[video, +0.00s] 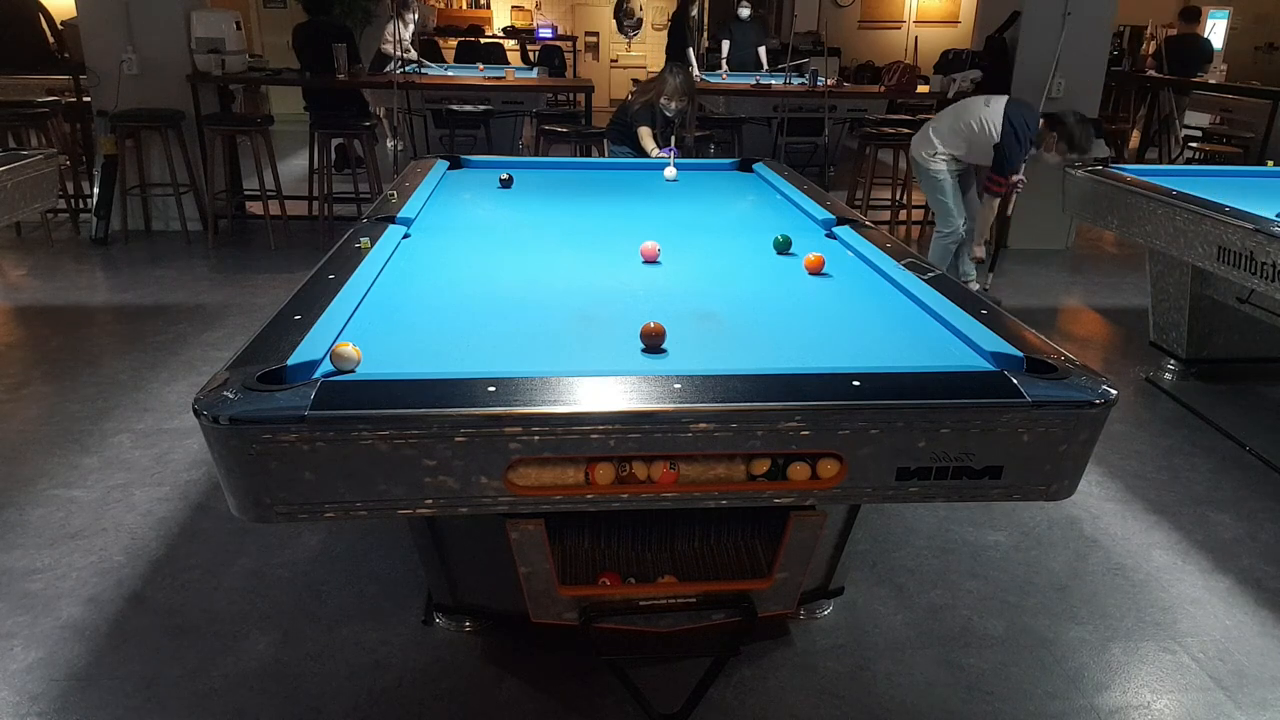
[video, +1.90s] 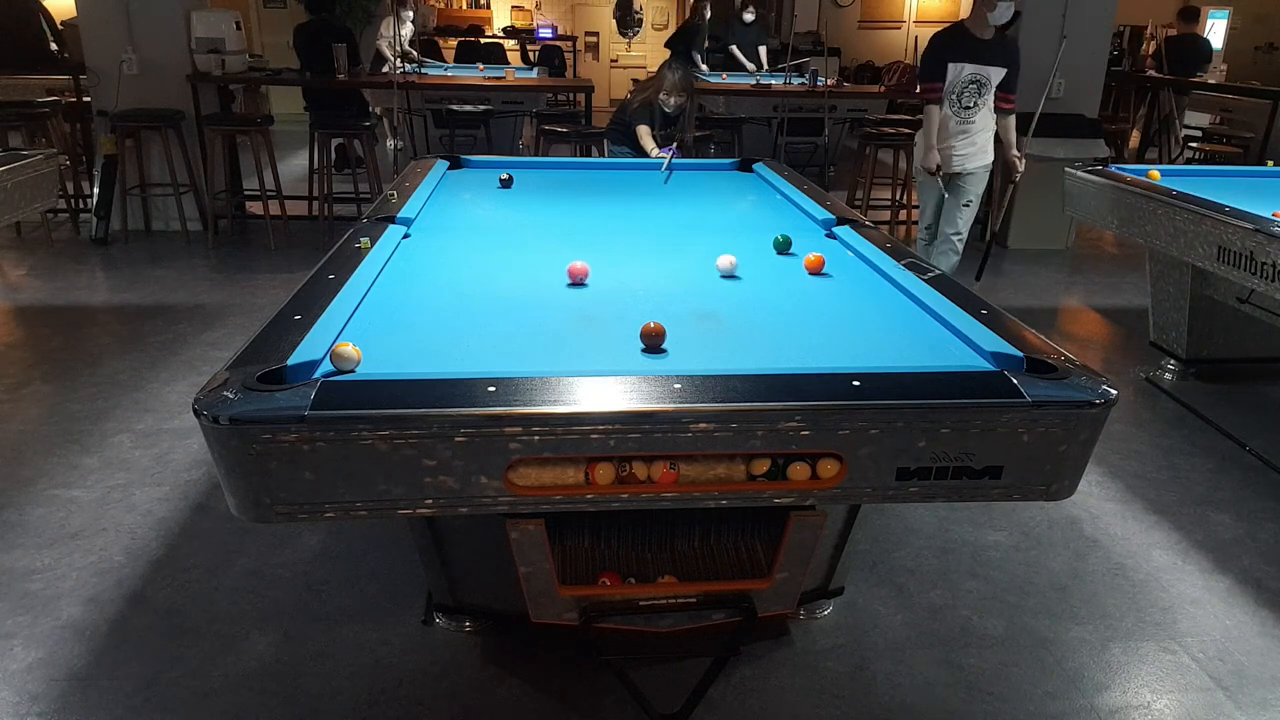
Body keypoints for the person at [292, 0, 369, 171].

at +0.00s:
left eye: (303, 5)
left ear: (305, 8)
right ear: (331, 7)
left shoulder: (299, 30)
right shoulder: (342, 29)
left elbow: (304, 64)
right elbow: (356, 67)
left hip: (314, 102)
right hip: (346, 103)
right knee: (363, 107)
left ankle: (351, 152)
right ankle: (345, 150)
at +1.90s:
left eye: (304, 5)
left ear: (307, 8)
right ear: (333, 7)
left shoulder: (300, 30)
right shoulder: (343, 30)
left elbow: (305, 64)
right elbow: (356, 68)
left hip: (315, 102)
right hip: (346, 102)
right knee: (362, 107)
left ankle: (351, 152)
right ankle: (344, 149)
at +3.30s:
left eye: (303, 5)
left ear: (307, 8)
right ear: (333, 7)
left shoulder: (300, 30)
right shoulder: (342, 30)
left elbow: (305, 61)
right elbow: (357, 61)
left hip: (314, 101)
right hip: (345, 101)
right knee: (362, 106)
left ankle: (350, 150)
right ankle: (343, 147)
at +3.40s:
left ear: (308, 8)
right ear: (335, 8)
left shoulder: (300, 31)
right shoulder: (344, 33)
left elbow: (305, 64)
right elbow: (355, 70)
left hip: (314, 102)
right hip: (346, 102)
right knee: (362, 107)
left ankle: (351, 150)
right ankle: (343, 147)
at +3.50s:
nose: (347, 10)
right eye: (344, 5)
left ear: (309, 8)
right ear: (337, 8)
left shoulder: (299, 31)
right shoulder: (344, 34)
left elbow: (305, 64)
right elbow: (355, 70)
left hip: (314, 102)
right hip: (345, 103)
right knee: (362, 106)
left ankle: (350, 150)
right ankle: (344, 147)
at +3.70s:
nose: (338, 7)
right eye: (336, 4)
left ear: (308, 8)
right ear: (332, 8)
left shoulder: (300, 31)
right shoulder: (344, 34)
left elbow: (306, 64)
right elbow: (357, 73)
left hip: (315, 104)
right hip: (346, 105)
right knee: (362, 105)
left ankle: (351, 150)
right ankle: (344, 148)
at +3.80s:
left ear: (308, 8)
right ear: (331, 8)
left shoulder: (300, 31)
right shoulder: (343, 32)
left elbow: (305, 65)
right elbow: (357, 71)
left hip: (315, 103)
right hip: (346, 104)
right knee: (362, 106)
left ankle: (351, 150)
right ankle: (345, 148)